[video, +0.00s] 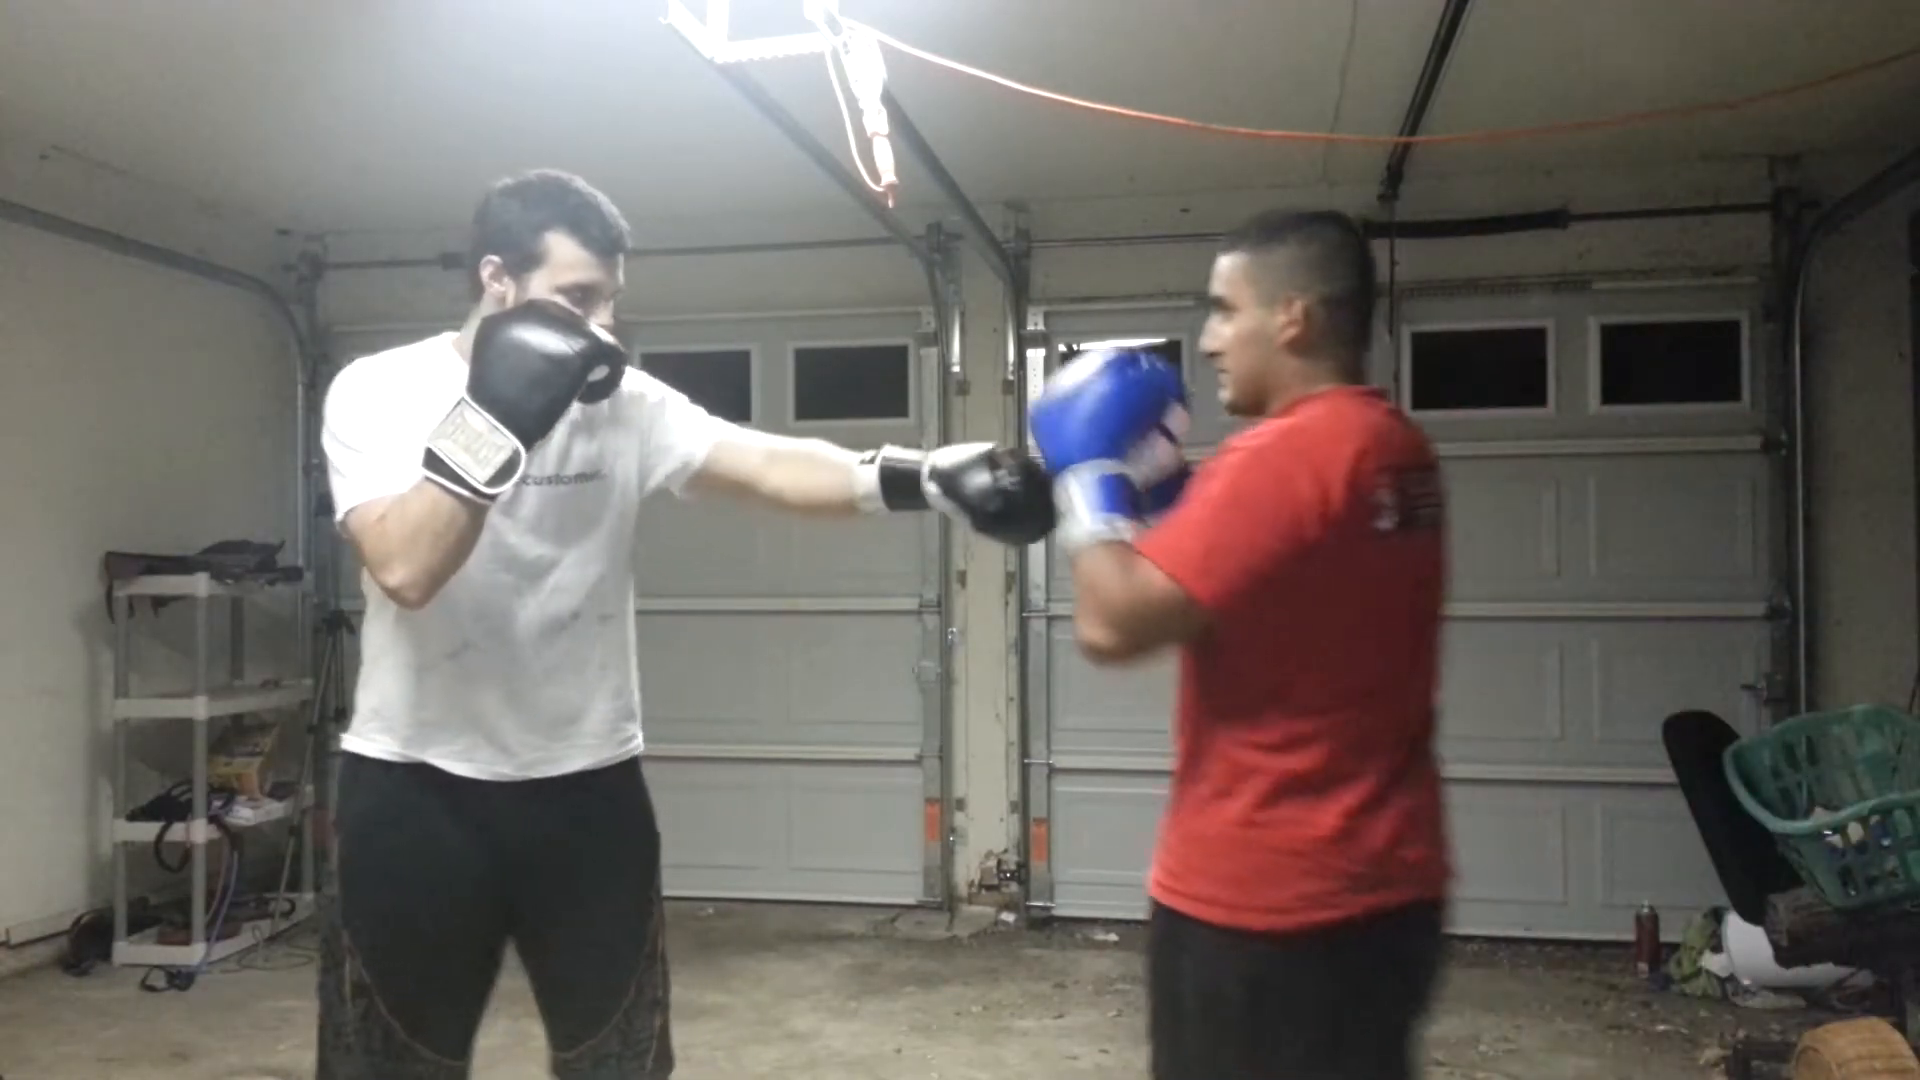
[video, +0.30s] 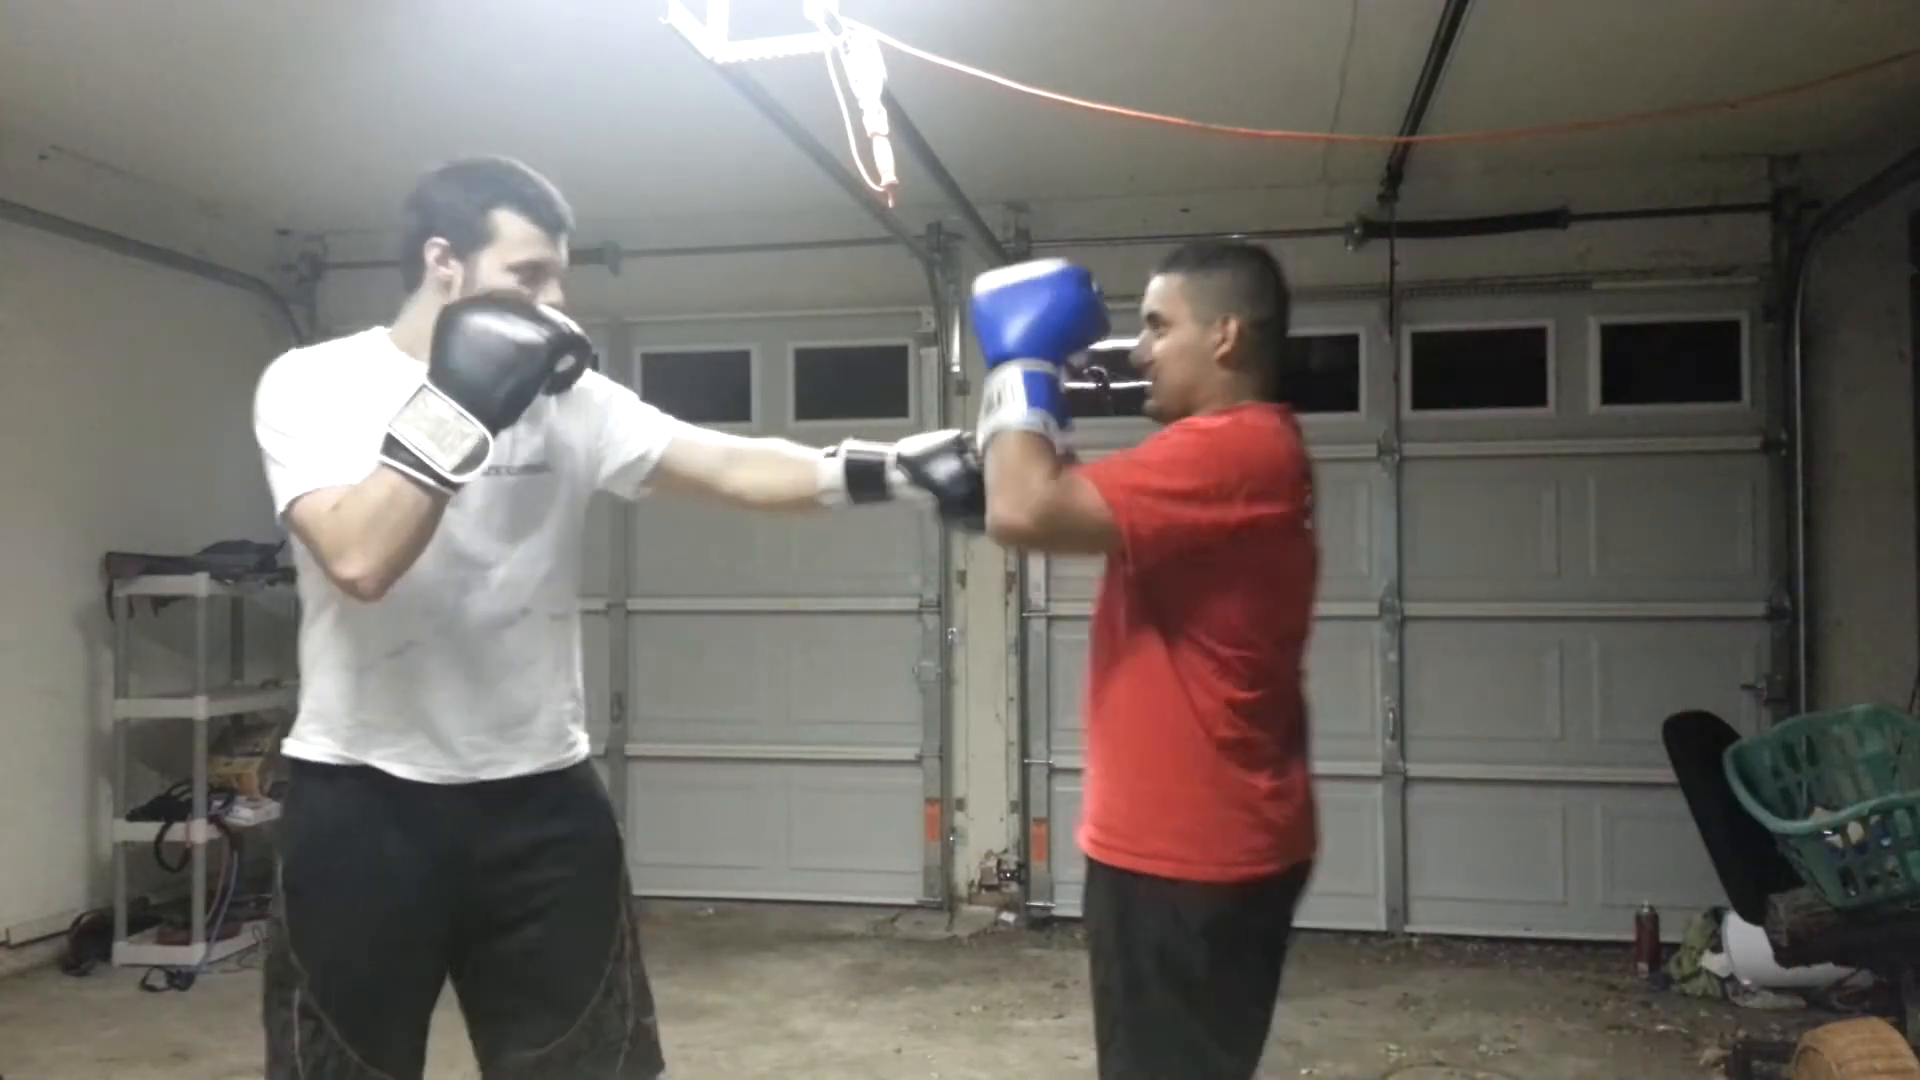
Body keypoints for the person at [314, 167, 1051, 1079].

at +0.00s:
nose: (597, 327)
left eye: (609, 305)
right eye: (576, 299)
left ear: (615, 295)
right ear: (495, 281)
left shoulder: (622, 402)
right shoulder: (378, 393)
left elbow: (769, 465)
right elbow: (403, 569)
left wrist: (921, 474)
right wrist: (497, 409)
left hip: (589, 793)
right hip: (415, 793)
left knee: (621, 1058)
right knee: (391, 1060)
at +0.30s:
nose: (554, 303)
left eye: (560, 279)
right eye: (527, 274)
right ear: (442, 262)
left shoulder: (563, 396)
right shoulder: (312, 385)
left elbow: (731, 464)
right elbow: (359, 558)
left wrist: (898, 466)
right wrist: (459, 399)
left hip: (543, 808)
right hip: (360, 811)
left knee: (596, 1064)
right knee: (341, 1067)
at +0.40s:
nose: (541, 288)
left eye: (545, 265)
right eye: (517, 260)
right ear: (430, 251)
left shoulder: (542, 371)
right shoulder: (303, 380)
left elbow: (683, 495)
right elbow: (350, 576)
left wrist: (841, 531)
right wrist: (496, 459)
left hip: (540, 803)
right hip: (363, 816)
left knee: (582, 1064)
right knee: (357, 1063)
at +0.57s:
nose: (551, 272)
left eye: (552, 250)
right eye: (528, 243)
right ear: (442, 242)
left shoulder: (539, 417)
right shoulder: (330, 382)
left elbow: (623, 582)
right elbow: (409, 599)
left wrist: (763, 656)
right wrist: (601, 641)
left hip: (519, 818)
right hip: (357, 815)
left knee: (516, 1065)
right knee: (354, 1065)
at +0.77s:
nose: (576, 255)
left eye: (573, 234)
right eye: (555, 228)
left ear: (487, 231)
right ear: (475, 226)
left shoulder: (517, 403)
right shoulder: (404, 361)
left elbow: (578, 572)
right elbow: (555, 564)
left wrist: (728, 621)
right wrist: (721, 629)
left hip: (503, 802)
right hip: (370, 800)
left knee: (507, 1062)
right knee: (359, 1062)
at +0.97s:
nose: (580, 251)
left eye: (577, 225)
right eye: (567, 219)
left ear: (487, 216)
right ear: (494, 209)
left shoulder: (423, 343)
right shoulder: (474, 337)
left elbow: (534, 558)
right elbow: (634, 520)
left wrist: (697, 600)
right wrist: (769, 547)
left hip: (392, 770)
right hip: (440, 776)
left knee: (377, 1060)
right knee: (485, 1053)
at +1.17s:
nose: (645, 273)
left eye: (647, 250)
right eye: (640, 244)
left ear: (548, 226)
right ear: (587, 222)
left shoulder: (445, 356)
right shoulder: (551, 339)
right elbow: (640, 531)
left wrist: (651, 520)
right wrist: (703, 501)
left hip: (422, 778)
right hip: (502, 787)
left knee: (447, 1062)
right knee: (566, 1059)